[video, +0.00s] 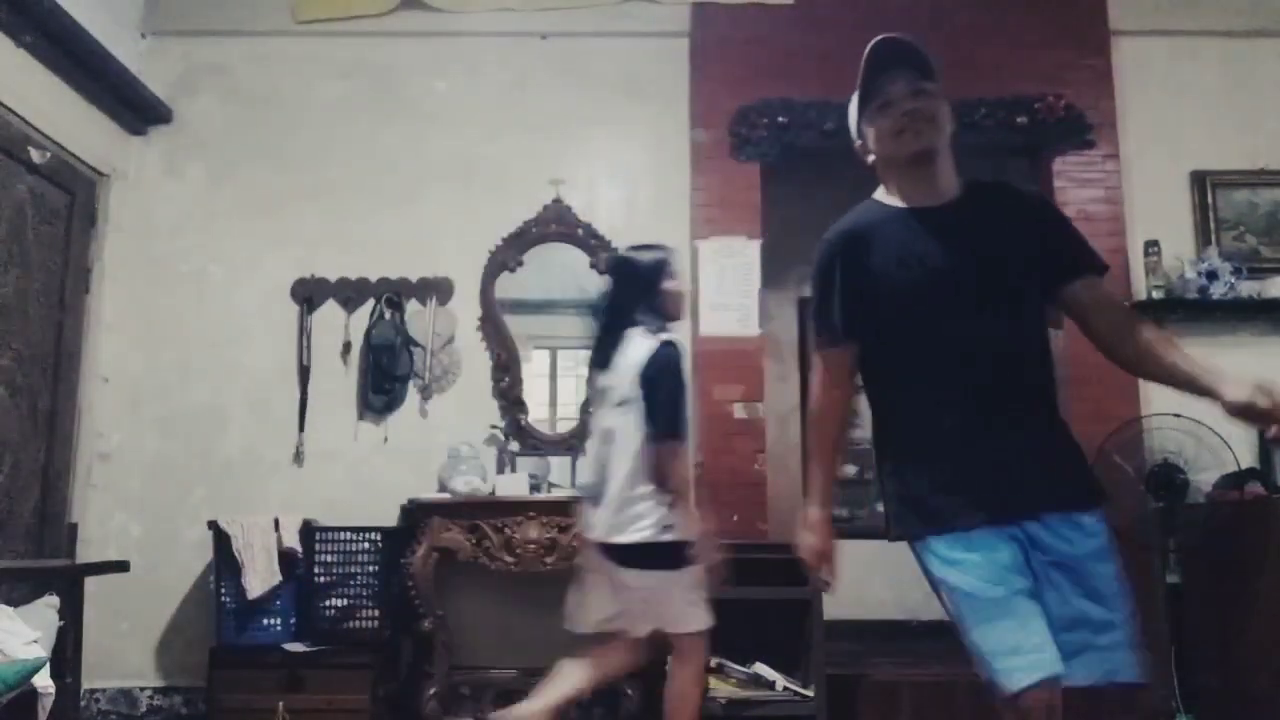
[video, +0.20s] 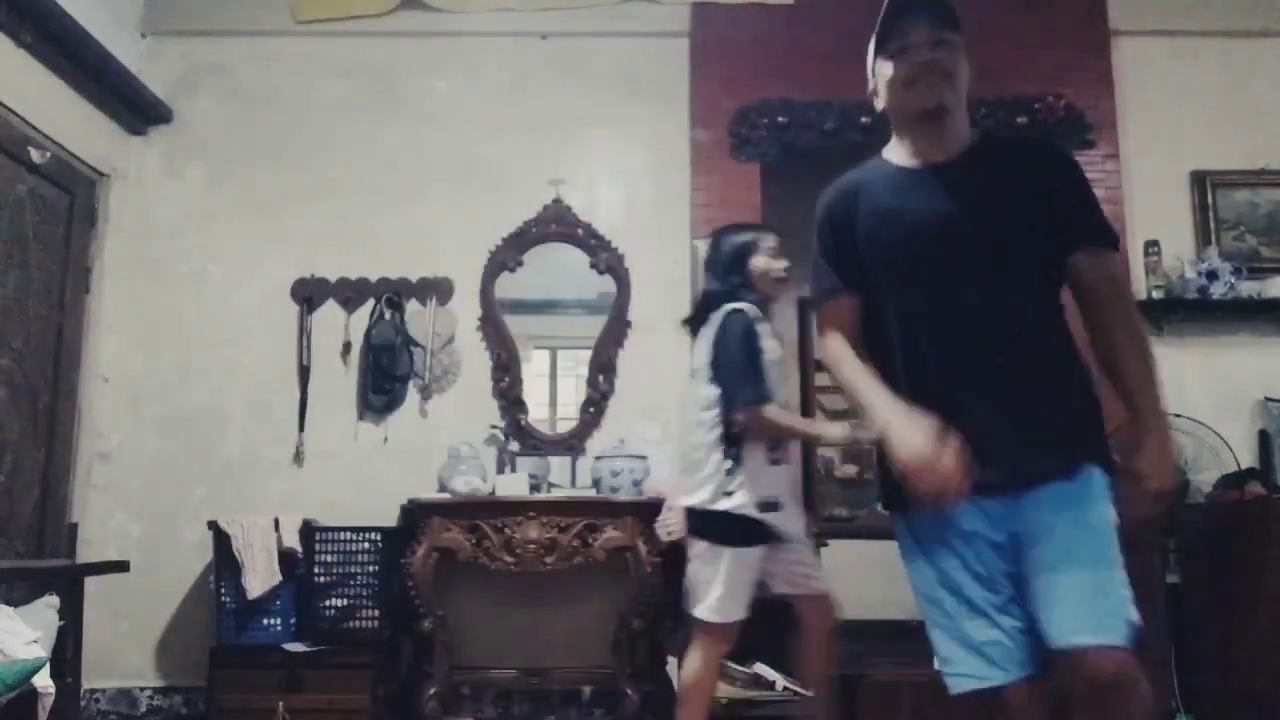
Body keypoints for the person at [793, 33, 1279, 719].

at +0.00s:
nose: (909, 109)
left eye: (921, 94)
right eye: (886, 105)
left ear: (949, 112)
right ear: (864, 141)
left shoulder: (1017, 212)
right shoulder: (850, 246)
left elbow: (1116, 324)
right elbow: (832, 388)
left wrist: (1223, 385)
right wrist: (816, 506)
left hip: (1054, 485)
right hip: (946, 505)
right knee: (1034, 693)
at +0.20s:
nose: (923, 64)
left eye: (939, 48)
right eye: (901, 54)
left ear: (968, 64)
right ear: (874, 83)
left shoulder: (1039, 166)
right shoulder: (850, 203)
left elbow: (1105, 293)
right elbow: (834, 335)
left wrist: (1151, 424)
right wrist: (897, 421)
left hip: (1061, 463)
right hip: (941, 489)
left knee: (1102, 667)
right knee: (1003, 693)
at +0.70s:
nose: (824, 20)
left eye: (848, 11)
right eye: (803, 10)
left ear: (876, 45)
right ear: (769, 47)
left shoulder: (928, 135)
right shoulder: (733, 181)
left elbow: (989, 266)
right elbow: (705, 330)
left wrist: (993, 363)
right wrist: (681, 454)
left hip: (923, 475)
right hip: (769, 482)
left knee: (967, 690)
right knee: (711, 666)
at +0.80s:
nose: (784, 53)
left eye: (802, 40)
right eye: (765, 39)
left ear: (827, 54)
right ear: (731, 65)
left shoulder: (888, 159)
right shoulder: (697, 195)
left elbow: (947, 282)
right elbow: (661, 337)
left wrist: (922, 365)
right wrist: (633, 465)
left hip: (874, 498)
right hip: (721, 504)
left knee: (922, 702)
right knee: (659, 695)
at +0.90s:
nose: (734, 80)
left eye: (752, 66)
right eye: (716, 67)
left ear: (780, 88)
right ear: (692, 91)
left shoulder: (833, 209)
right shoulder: (650, 220)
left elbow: (887, 334)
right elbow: (619, 365)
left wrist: (867, 408)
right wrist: (597, 500)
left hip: (825, 539)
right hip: (667, 541)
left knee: (884, 710)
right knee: (620, 709)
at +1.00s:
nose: (684, 81)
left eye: (703, 67)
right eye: (667, 68)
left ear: (734, 90)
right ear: (644, 91)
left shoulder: (777, 202)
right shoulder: (600, 216)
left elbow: (805, 342)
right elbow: (578, 366)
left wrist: (822, 446)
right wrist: (560, 494)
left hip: (757, 506)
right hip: (618, 511)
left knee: (830, 689)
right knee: (585, 701)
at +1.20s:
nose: (623, 93)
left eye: (639, 82)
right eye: (605, 84)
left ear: (663, 103)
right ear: (581, 110)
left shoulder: (715, 207)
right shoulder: (552, 225)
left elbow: (762, 333)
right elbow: (509, 346)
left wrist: (781, 451)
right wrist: (462, 411)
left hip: (692, 482)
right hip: (568, 489)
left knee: (708, 684)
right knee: (566, 687)